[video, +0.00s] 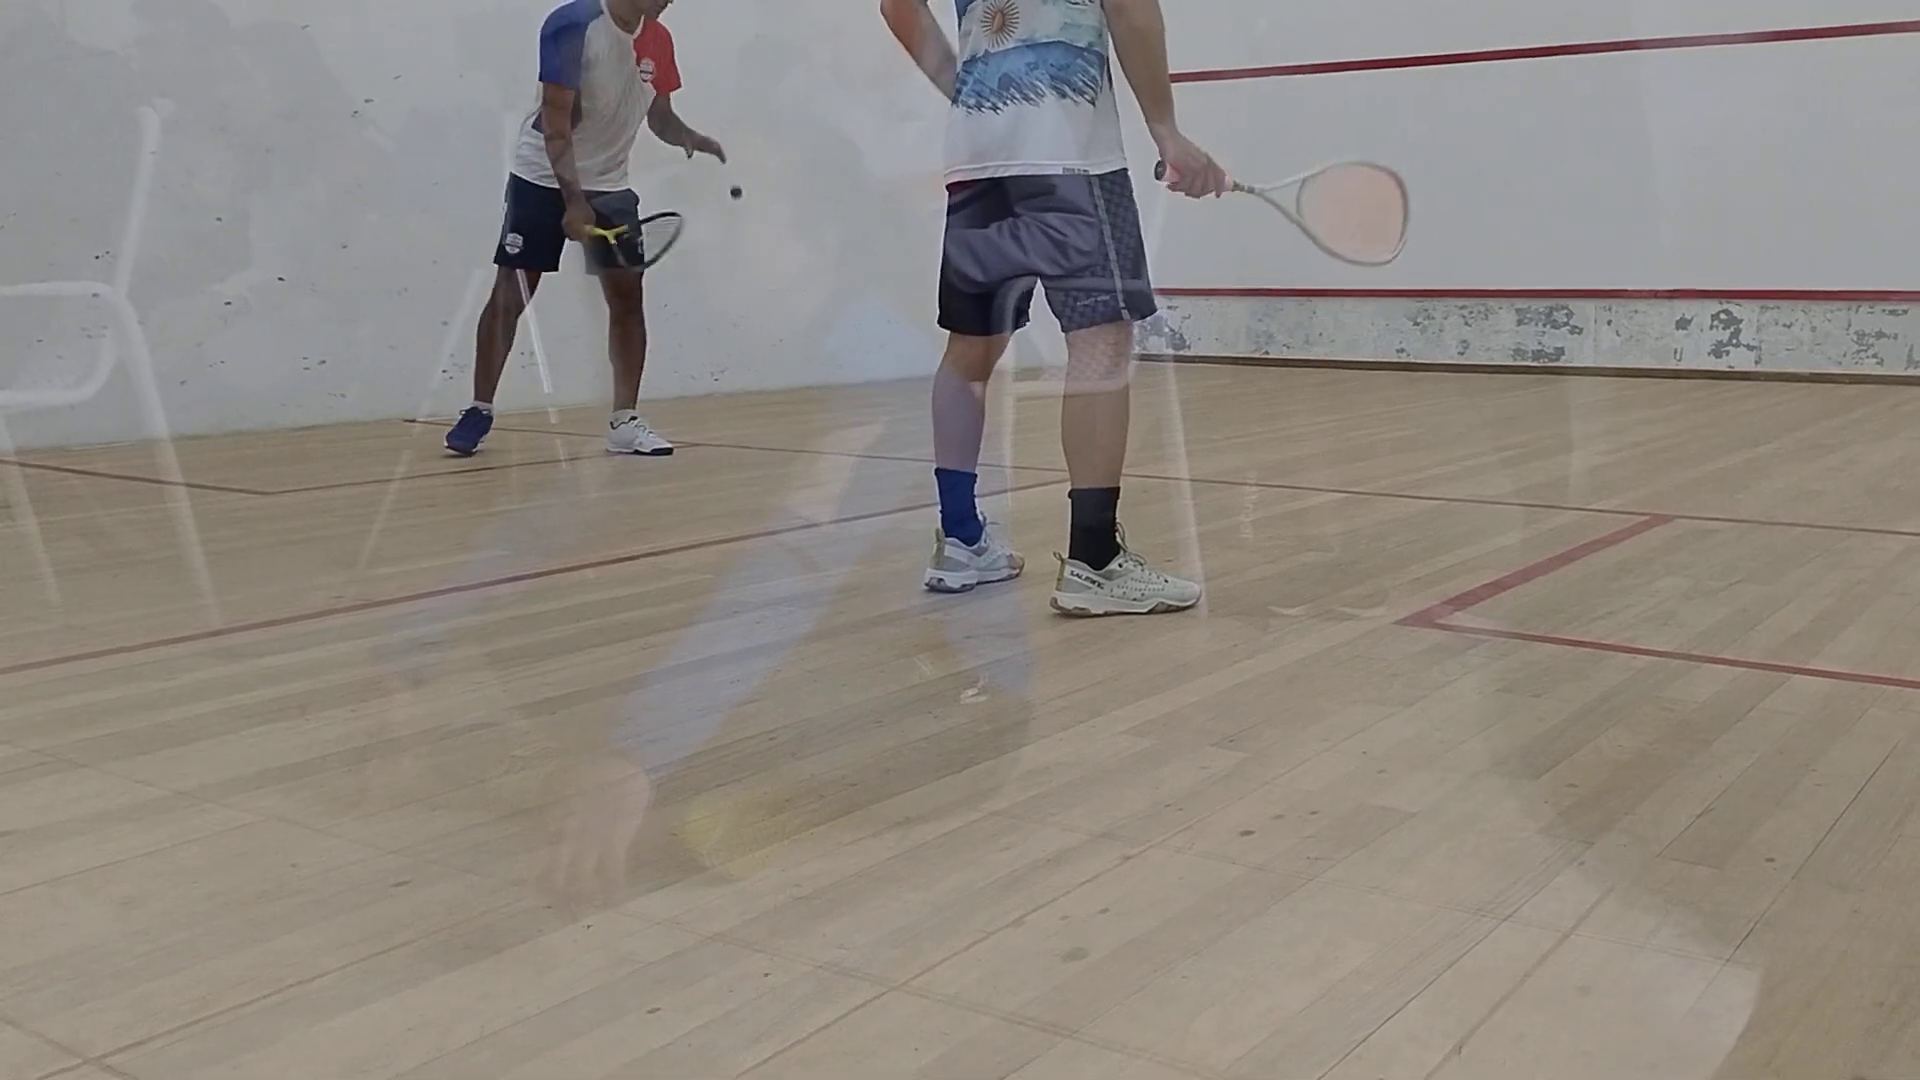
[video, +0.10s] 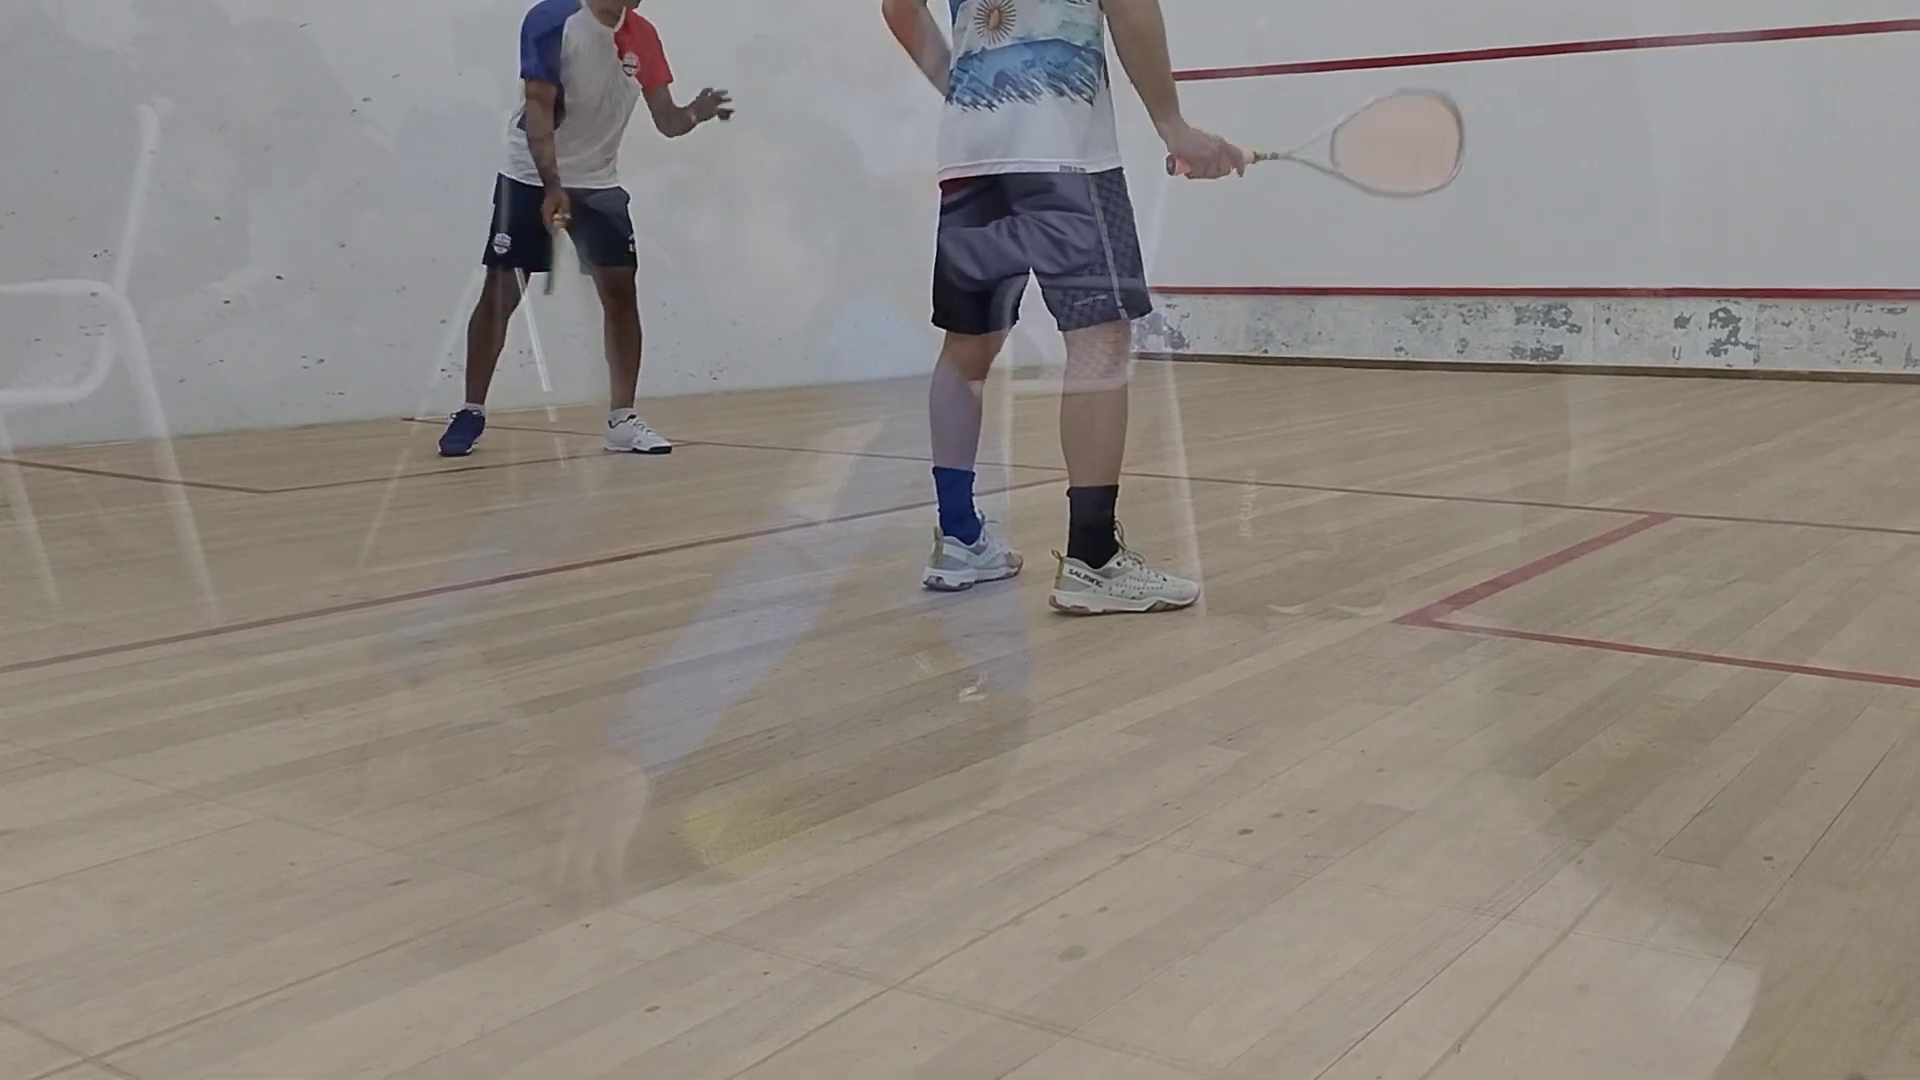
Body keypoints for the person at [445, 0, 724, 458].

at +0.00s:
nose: (664, 3)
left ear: (658, 4)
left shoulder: (657, 38)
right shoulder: (569, 27)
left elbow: (659, 115)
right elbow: (556, 126)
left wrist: (690, 138)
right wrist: (574, 200)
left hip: (608, 183)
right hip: (542, 180)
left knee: (628, 298)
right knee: (510, 296)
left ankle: (624, 422)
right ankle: (480, 409)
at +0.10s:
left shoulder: (641, 33)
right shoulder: (548, 21)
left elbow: (667, 121)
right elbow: (538, 110)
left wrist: (694, 113)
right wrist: (552, 186)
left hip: (598, 183)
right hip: (528, 177)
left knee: (621, 292)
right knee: (500, 294)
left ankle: (622, 421)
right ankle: (472, 411)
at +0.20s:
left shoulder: (623, 30)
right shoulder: (524, 16)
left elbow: (669, 110)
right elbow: (515, 100)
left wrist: (696, 90)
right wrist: (519, 174)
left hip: (585, 182)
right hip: (517, 177)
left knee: (614, 288)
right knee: (491, 292)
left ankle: (622, 419)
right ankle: (469, 413)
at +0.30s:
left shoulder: (600, 25)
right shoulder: (496, 17)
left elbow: (655, 99)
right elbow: (480, 96)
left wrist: (685, 83)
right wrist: (475, 146)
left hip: (566, 179)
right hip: (498, 178)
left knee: (602, 287)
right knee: (479, 297)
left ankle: (620, 419)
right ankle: (466, 415)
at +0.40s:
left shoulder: (576, 22)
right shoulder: (467, 15)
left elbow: (630, 96)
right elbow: (441, 95)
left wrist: (665, 90)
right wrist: (422, 116)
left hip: (549, 174)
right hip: (477, 173)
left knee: (587, 282)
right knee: (468, 292)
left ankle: (614, 417)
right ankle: (464, 415)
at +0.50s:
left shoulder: (554, 17)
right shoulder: (443, 12)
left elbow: (603, 98)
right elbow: (407, 89)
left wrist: (636, 117)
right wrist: (372, 78)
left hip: (535, 173)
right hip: (463, 172)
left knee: (574, 279)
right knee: (461, 290)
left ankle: (592, 417)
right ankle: (460, 414)